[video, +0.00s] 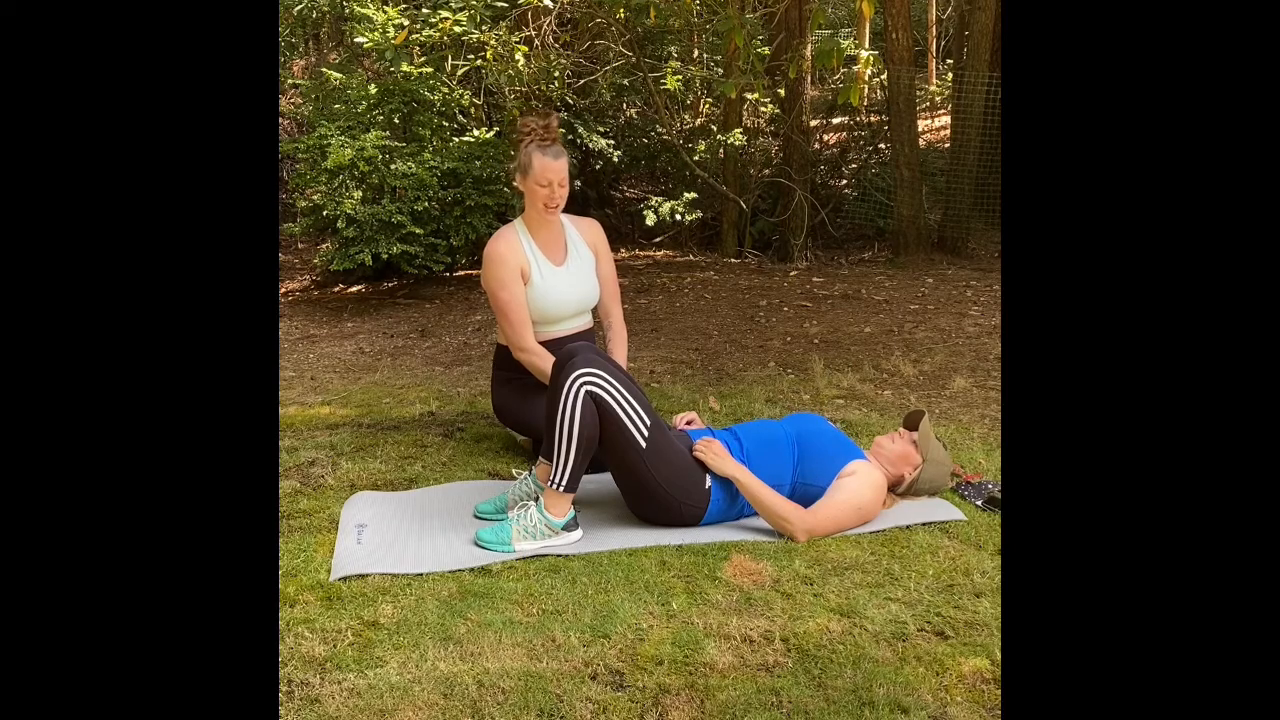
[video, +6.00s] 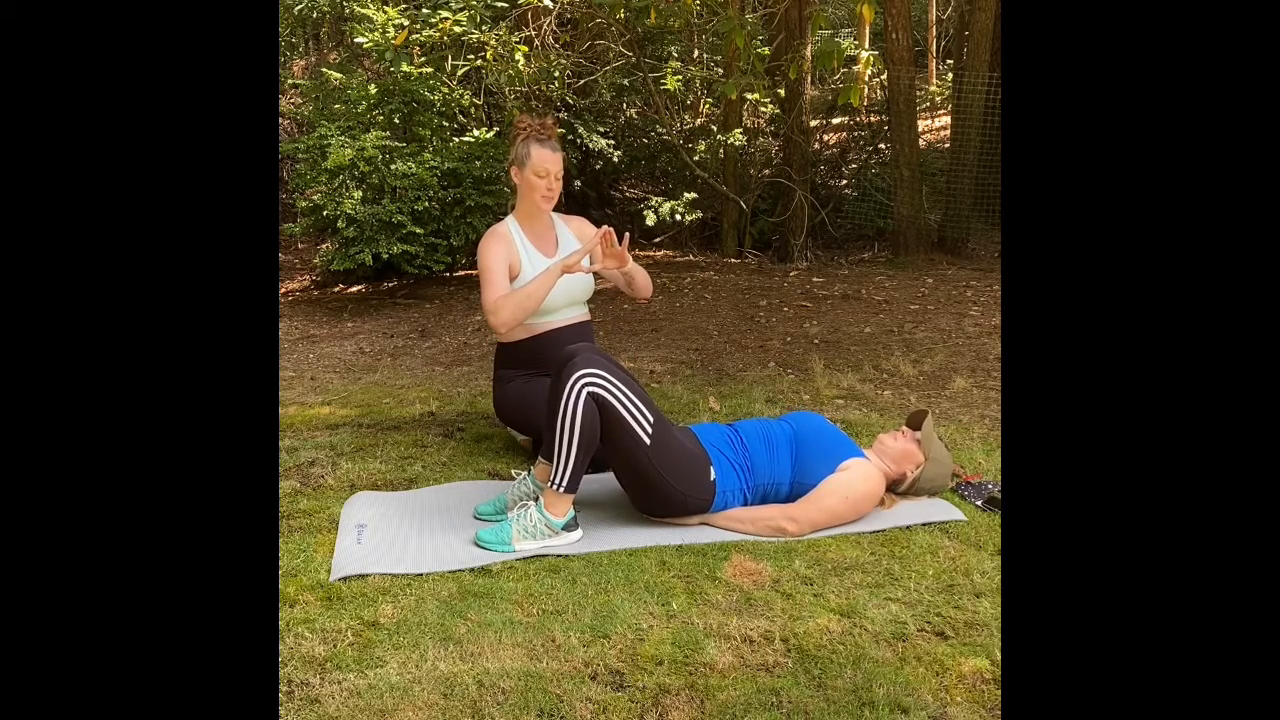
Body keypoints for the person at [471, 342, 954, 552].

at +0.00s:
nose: (898, 433)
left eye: (908, 439)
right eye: (907, 431)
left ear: (907, 471)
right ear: (896, 446)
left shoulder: (867, 483)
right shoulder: (843, 452)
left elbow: (805, 526)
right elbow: (761, 468)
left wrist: (731, 469)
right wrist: (705, 430)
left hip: (692, 489)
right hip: (681, 464)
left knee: (589, 371)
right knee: (579, 355)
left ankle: (554, 511)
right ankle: (543, 485)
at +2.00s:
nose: (896, 433)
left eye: (907, 440)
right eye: (905, 430)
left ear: (907, 472)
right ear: (894, 445)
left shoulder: (867, 483)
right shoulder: (843, 454)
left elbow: (806, 527)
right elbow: (751, 454)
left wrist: (731, 477)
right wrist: (697, 419)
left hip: (691, 490)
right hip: (680, 465)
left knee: (589, 372)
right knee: (581, 358)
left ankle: (554, 510)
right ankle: (542, 484)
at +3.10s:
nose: (897, 432)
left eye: (908, 439)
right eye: (905, 429)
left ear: (909, 472)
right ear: (895, 442)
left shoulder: (865, 479)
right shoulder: (848, 455)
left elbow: (793, 514)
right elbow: (770, 475)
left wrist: (704, 511)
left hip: (699, 461)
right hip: (689, 431)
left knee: (571, 366)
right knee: (563, 352)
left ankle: (555, 512)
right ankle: (544, 482)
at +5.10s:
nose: (898, 433)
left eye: (909, 440)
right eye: (906, 430)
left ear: (907, 471)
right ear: (895, 442)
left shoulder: (859, 478)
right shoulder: (843, 453)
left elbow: (788, 517)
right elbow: (772, 493)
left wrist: (704, 516)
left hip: (694, 481)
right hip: (679, 454)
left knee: (586, 373)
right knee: (586, 363)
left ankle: (554, 509)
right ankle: (543, 484)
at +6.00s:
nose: (899, 432)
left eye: (910, 440)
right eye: (908, 430)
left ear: (908, 471)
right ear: (898, 445)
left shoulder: (863, 478)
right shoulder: (846, 454)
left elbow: (794, 521)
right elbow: (776, 497)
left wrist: (707, 516)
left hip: (695, 483)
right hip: (681, 455)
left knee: (589, 374)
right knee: (590, 364)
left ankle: (554, 511)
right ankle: (542, 484)